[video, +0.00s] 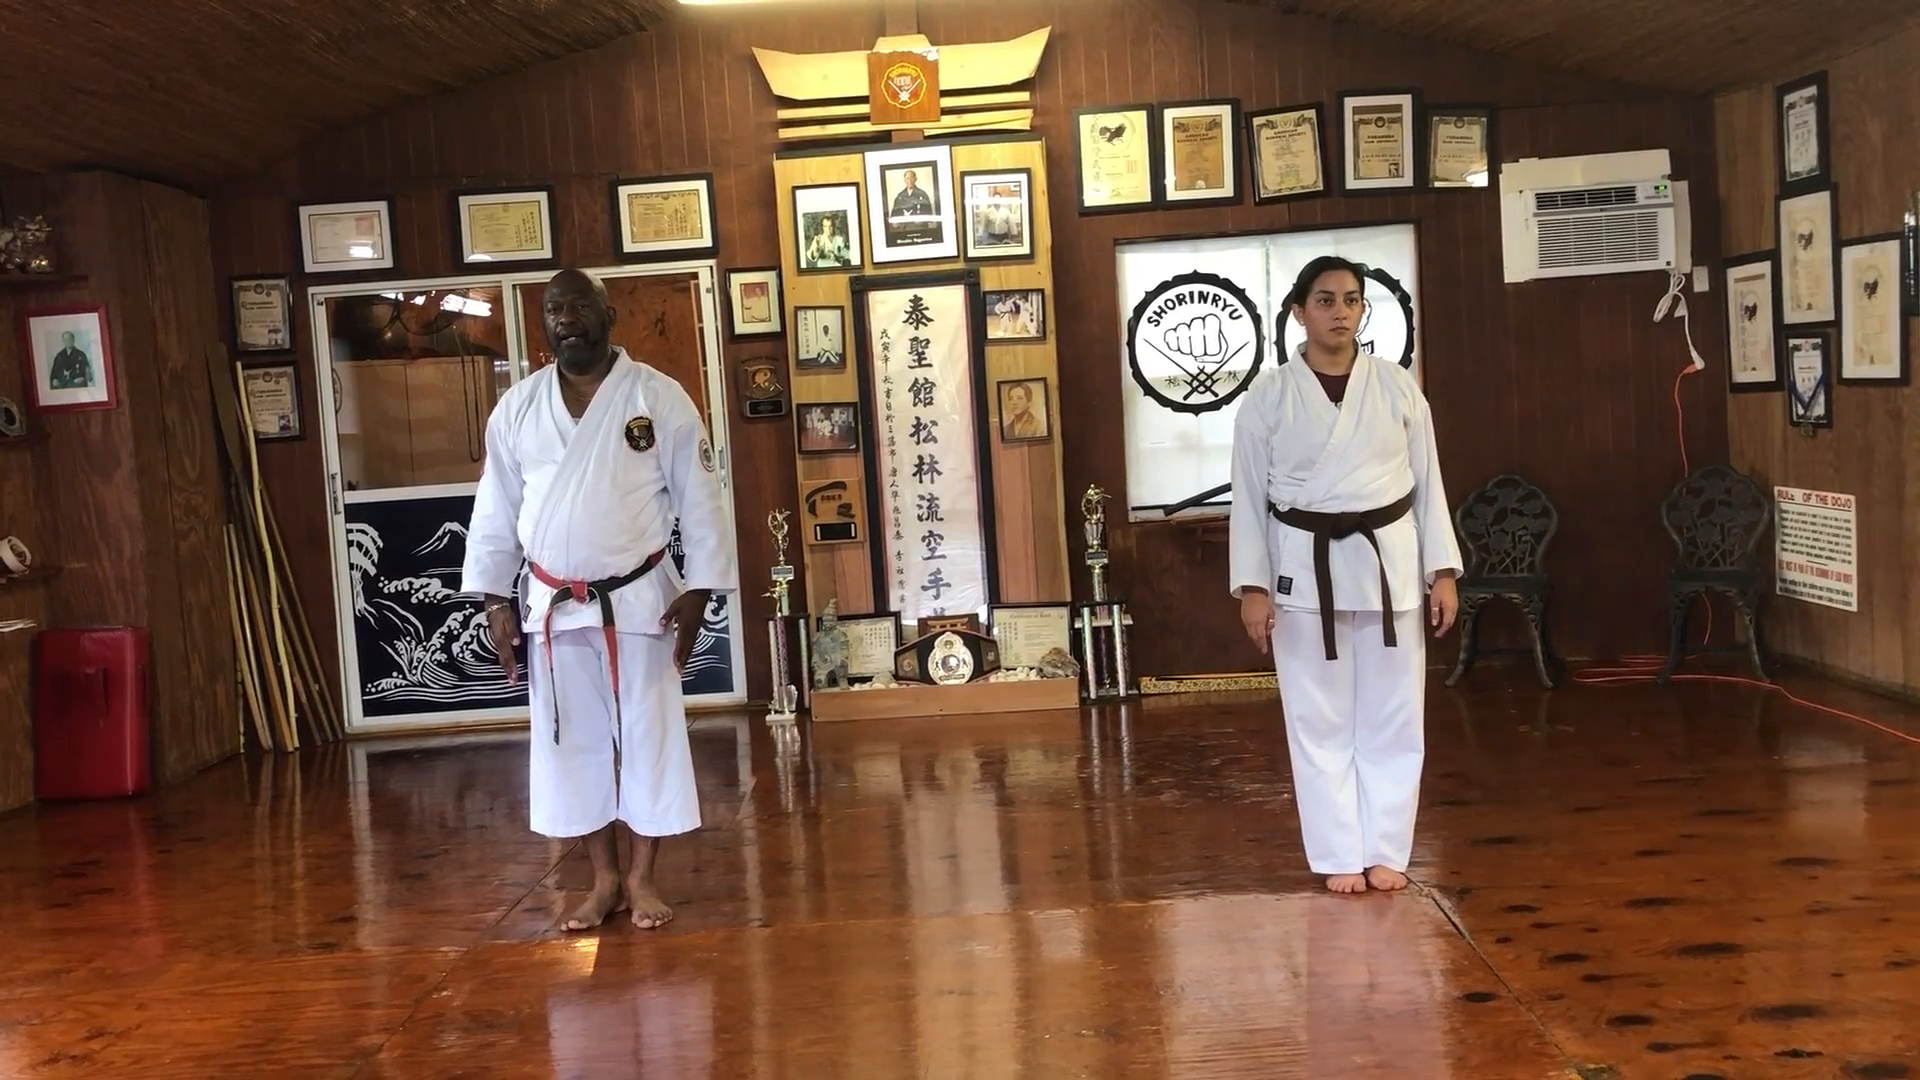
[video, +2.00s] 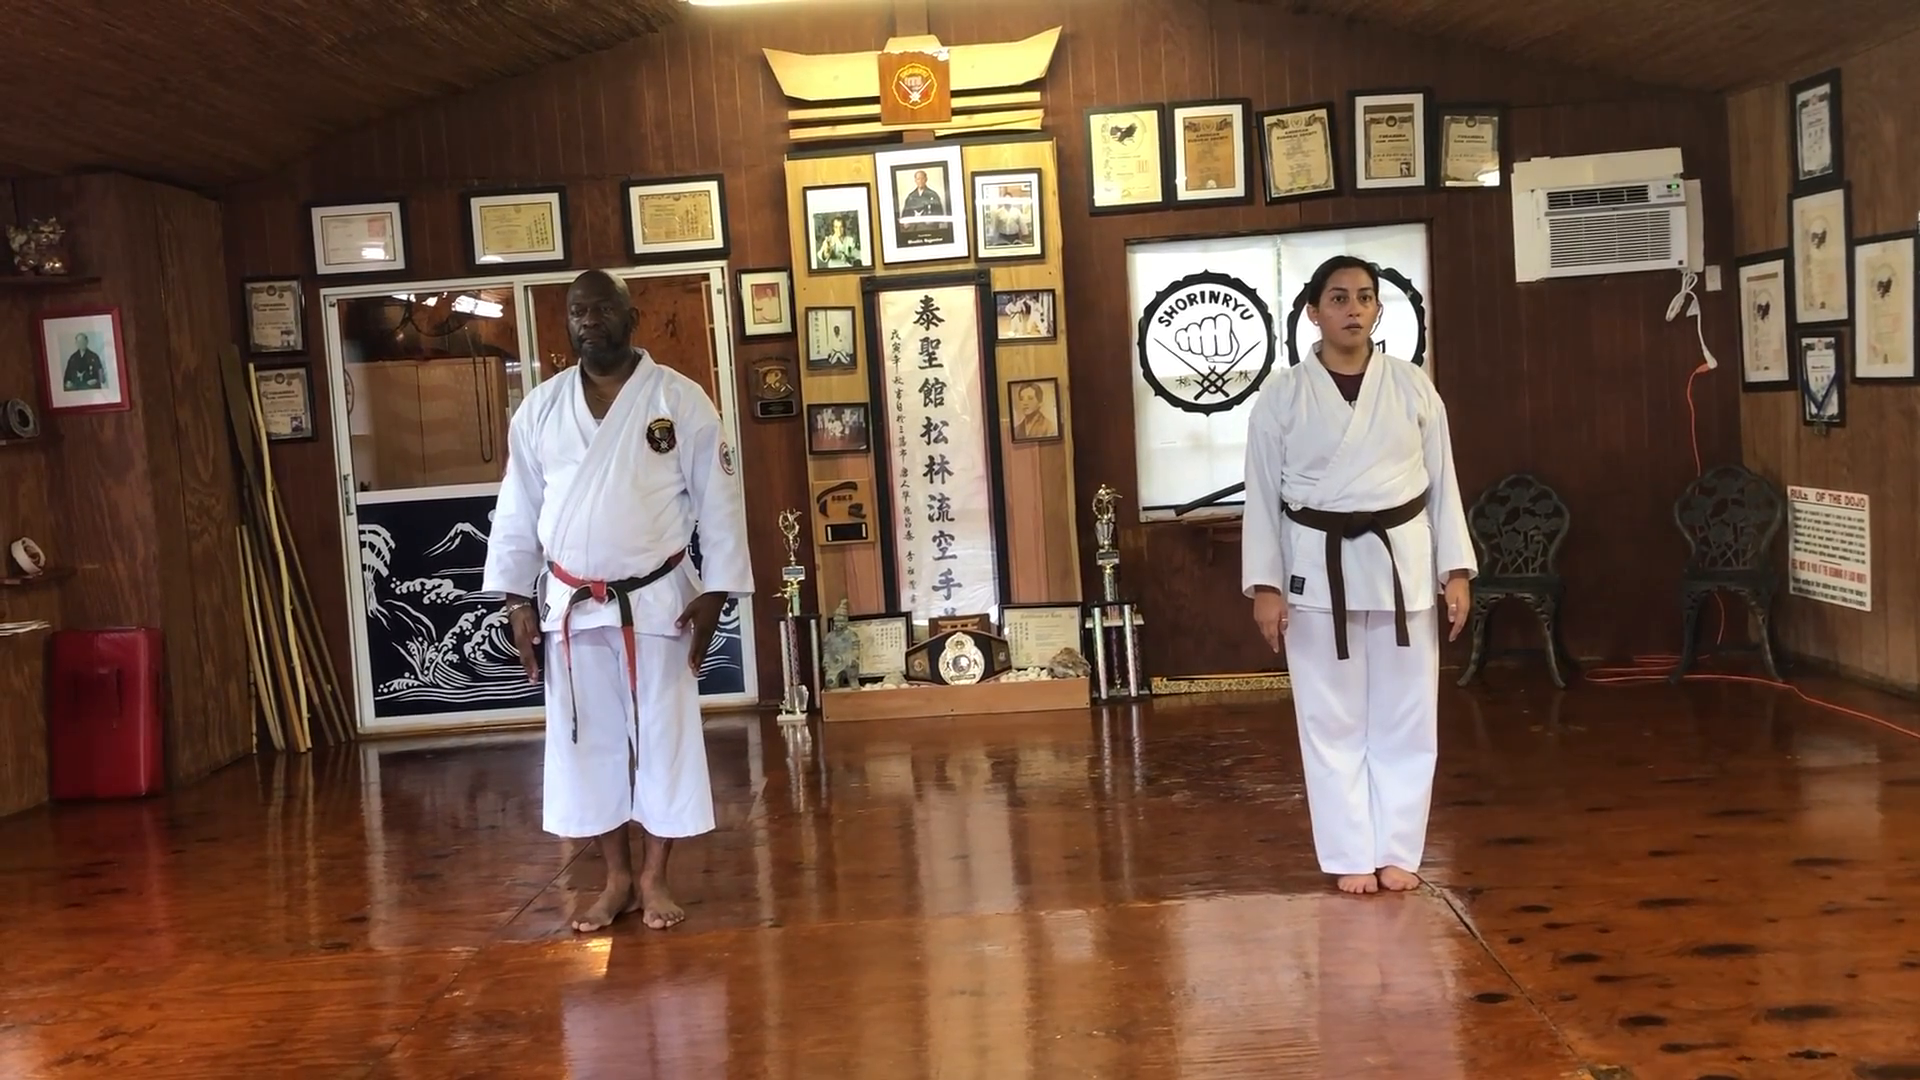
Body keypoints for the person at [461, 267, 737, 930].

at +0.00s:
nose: (565, 321)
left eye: (577, 308)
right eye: (554, 312)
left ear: (608, 316)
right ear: (542, 326)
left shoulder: (658, 396)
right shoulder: (516, 408)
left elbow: (699, 498)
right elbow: (496, 509)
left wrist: (701, 590)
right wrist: (495, 602)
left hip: (638, 591)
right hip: (553, 599)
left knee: (644, 734)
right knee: (574, 735)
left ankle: (639, 880)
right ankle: (602, 880)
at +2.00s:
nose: (590, 322)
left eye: (602, 311)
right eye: (579, 314)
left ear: (632, 318)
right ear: (566, 327)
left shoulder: (680, 400)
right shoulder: (538, 410)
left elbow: (719, 501)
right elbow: (518, 509)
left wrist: (717, 593)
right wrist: (516, 601)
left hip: (657, 593)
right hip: (572, 598)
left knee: (661, 736)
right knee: (588, 736)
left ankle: (652, 878)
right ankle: (616, 879)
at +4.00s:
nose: (583, 322)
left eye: (594, 309)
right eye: (571, 314)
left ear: (624, 317)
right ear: (557, 329)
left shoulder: (674, 399)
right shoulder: (531, 411)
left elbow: (712, 502)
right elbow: (514, 510)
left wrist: (703, 592)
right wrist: (524, 601)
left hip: (653, 591)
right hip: (570, 598)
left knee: (658, 734)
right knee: (590, 735)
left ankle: (652, 880)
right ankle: (616, 880)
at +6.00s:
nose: (690, 341)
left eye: (700, 329)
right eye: (676, 332)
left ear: (724, 338)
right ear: (659, 346)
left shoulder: (768, 423)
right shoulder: (627, 428)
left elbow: (802, 522)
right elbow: (602, 520)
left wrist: (779, 597)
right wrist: (606, 598)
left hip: (745, 612)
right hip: (654, 616)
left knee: (780, 751)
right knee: (637, 756)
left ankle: (808, 893)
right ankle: (618, 903)